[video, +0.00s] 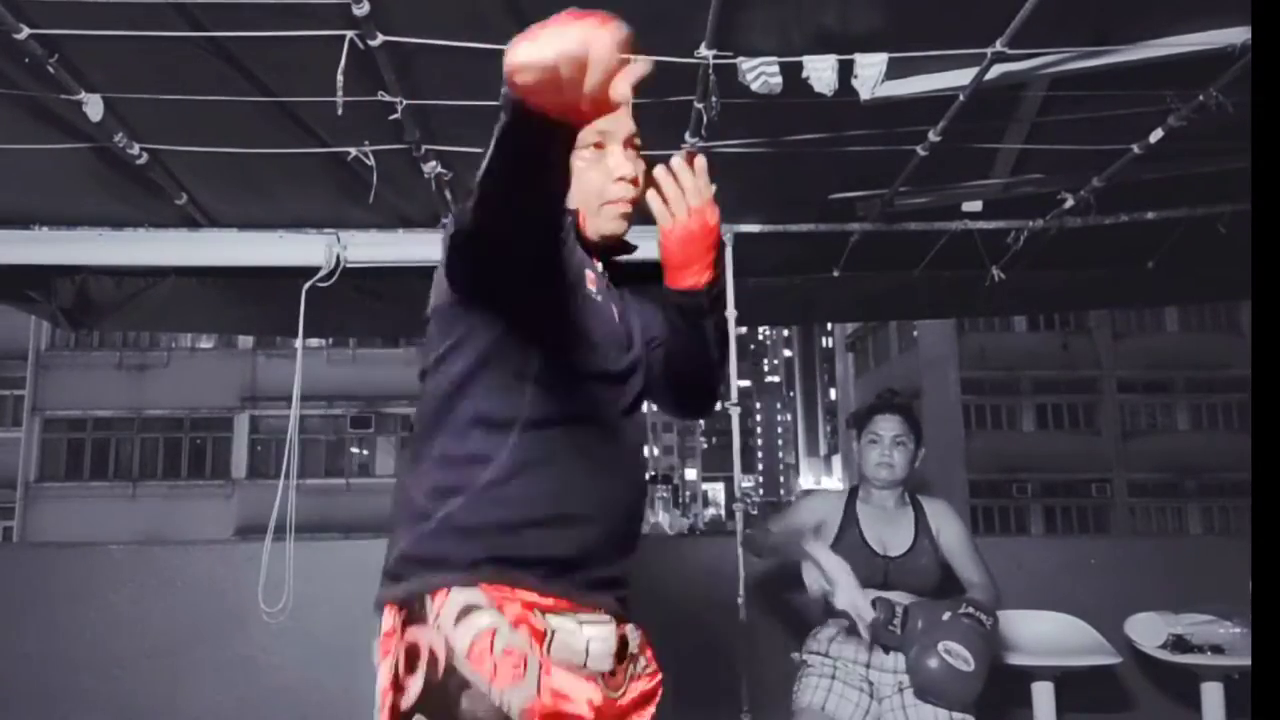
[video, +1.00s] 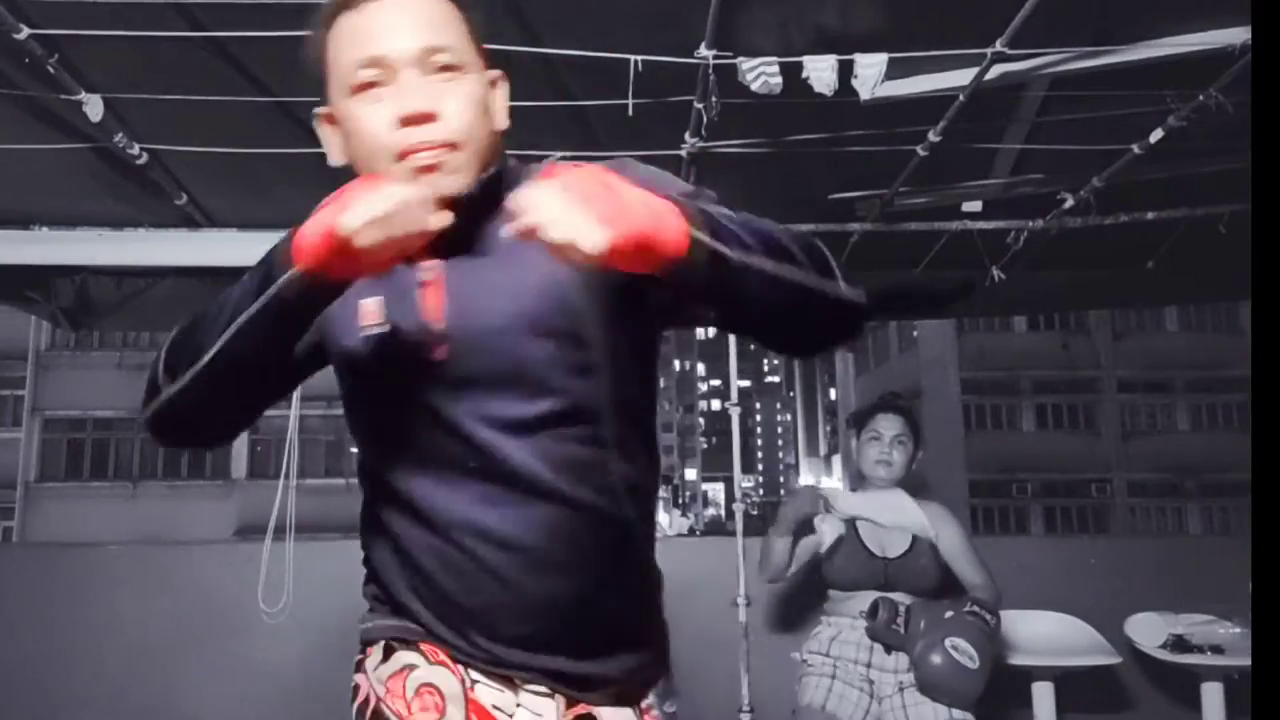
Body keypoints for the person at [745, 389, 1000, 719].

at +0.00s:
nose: (885, 452)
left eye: (899, 443)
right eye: (874, 441)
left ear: (917, 457)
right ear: (857, 450)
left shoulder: (937, 515)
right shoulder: (825, 507)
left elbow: (984, 591)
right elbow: (755, 541)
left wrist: (951, 617)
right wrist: (806, 549)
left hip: (921, 670)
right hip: (838, 667)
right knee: (820, 711)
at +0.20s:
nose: (885, 452)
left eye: (899, 444)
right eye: (874, 441)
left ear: (917, 458)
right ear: (857, 449)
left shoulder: (935, 516)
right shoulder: (829, 511)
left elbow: (983, 590)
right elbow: (777, 565)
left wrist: (968, 617)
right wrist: (792, 484)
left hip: (920, 668)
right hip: (841, 665)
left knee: (940, 714)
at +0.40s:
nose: (881, 452)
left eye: (894, 443)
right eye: (869, 442)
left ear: (910, 454)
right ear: (852, 451)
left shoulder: (935, 519)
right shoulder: (830, 512)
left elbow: (983, 588)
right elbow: (784, 560)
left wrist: (967, 618)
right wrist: (836, 513)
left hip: (920, 666)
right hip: (839, 664)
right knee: (825, 711)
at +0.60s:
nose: (886, 451)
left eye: (898, 442)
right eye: (873, 441)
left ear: (912, 454)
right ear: (852, 451)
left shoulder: (934, 516)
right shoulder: (826, 514)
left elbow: (983, 588)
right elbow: (758, 557)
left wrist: (975, 616)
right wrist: (775, 522)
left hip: (923, 669)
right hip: (843, 668)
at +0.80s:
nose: (883, 451)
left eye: (898, 443)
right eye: (873, 439)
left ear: (913, 457)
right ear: (853, 445)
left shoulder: (933, 516)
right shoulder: (826, 513)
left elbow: (981, 586)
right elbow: (795, 581)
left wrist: (972, 616)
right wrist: (784, 513)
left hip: (921, 669)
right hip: (841, 666)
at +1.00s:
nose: (885, 450)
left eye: (899, 442)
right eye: (874, 439)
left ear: (913, 456)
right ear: (854, 448)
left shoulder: (933, 516)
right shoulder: (830, 516)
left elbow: (983, 588)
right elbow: (772, 573)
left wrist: (973, 619)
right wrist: (786, 518)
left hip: (921, 665)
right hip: (839, 662)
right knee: (824, 711)